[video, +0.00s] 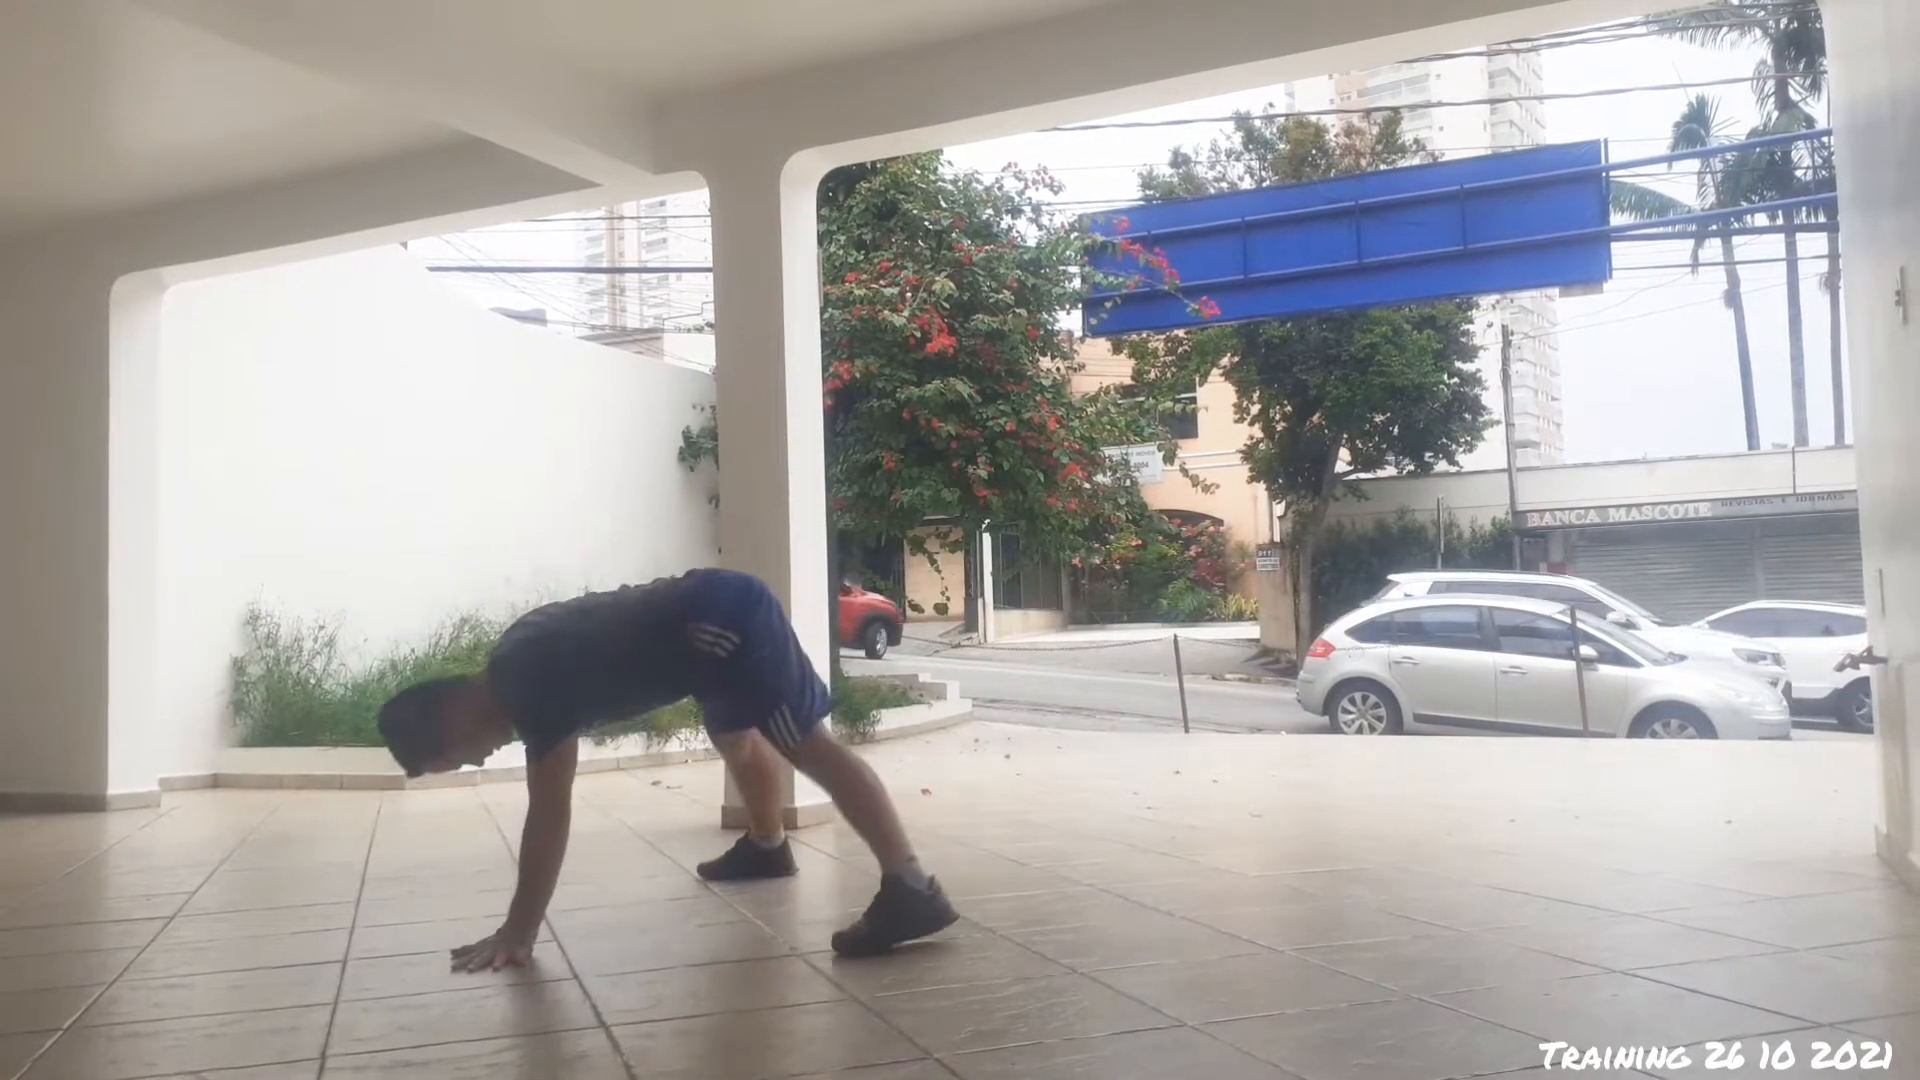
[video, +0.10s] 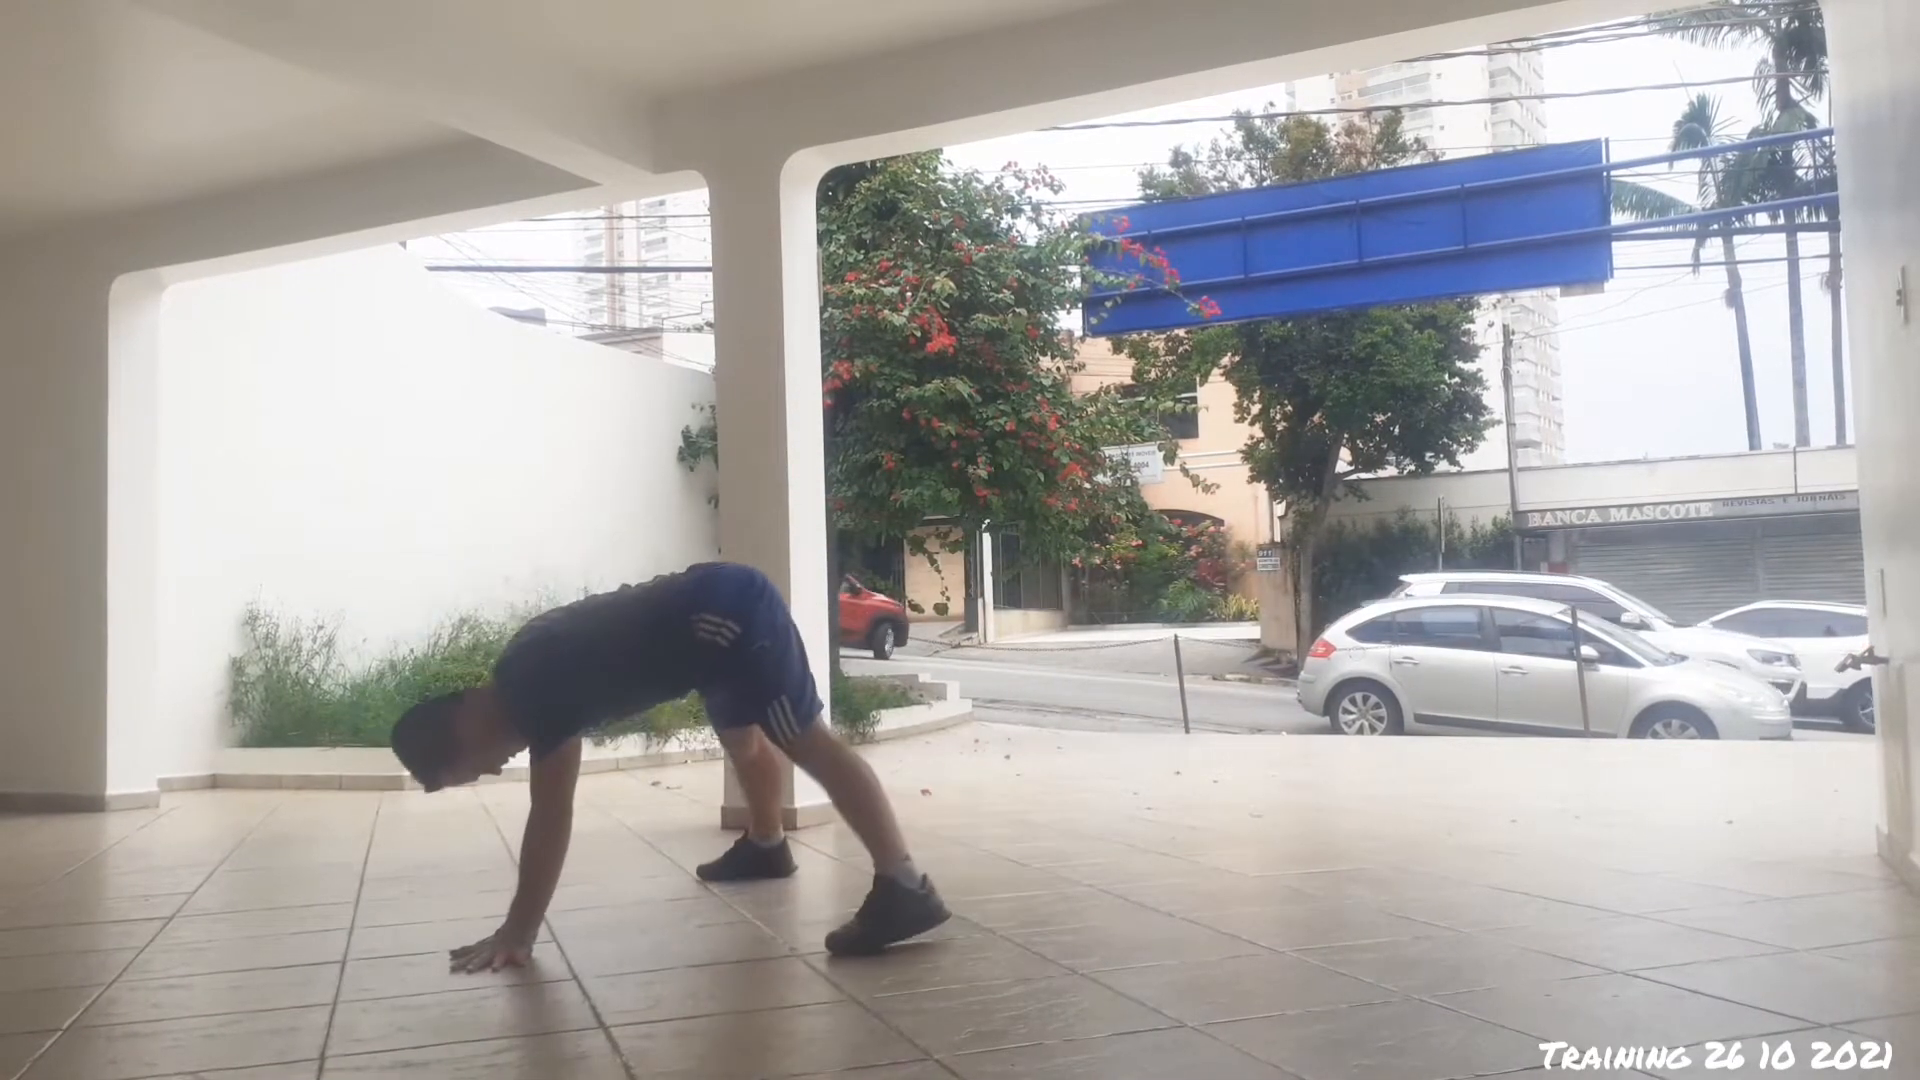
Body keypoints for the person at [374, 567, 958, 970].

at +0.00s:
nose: (467, 762)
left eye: (450, 755)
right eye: (453, 761)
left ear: (452, 712)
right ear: (452, 698)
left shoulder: (532, 677)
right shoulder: (519, 661)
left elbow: (548, 814)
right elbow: (549, 810)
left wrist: (519, 932)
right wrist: (521, 921)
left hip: (728, 616)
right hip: (706, 624)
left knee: (812, 746)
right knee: (737, 737)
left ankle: (911, 885)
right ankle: (767, 845)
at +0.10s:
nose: (481, 778)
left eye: (465, 773)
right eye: (469, 778)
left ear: (461, 730)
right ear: (460, 716)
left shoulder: (540, 685)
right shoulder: (527, 674)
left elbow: (551, 816)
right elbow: (549, 813)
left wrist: (519, 932)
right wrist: (521, 926)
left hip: (735, 611)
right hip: (709, 622)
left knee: (810, 741)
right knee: (743, 735)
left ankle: (905, 884)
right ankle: (766, 845)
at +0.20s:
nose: (500, 781)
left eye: (484, 779)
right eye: (488, 783)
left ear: (475, 734)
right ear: (473, 725)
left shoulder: (551, 693)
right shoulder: (535, 681)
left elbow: (556, 822)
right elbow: (554, 819)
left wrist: (519, 933)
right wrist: (522, 927)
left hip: (743, 608)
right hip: (717, 620)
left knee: (815, 741)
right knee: (750, 734)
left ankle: (906, 888)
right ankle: (766, 846)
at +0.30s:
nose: (514, 790)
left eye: (499, 787)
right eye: (502, 790)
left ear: (494, 743)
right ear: (494, 735)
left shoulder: (565, 695)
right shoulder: (555, 683)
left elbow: (564, 826)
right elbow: (564, 822)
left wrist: (519, 932)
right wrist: (517, 927)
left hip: (760, 608)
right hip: (733, 615)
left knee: (831, 743)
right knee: (759, 731)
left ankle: (912, 891)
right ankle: (766, 844)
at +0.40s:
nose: (543, 791)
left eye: (530, 789)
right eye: (531, 793)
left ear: (523, 750)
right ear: (520, 736)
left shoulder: (587, 705)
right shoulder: (576, 687)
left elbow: (574, 828)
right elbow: (576, 824)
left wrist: (519, 930)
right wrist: (524, 926)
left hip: (783, 601)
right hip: (752, 604)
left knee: (844, 739)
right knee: (769, 734)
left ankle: (914, 894)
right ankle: (767, 844)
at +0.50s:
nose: (573, 792)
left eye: (558, 788)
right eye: (561, 792)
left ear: (548, 751)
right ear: (549, 736)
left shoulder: (611, 702)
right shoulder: (604, 683)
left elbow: (588, 828)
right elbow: (589, 823)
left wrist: (521, 929)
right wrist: (528, 923)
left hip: (803, 598)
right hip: (772, 595)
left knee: (857, 735)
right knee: (777, 727)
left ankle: (915, 894)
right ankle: (767, 844)